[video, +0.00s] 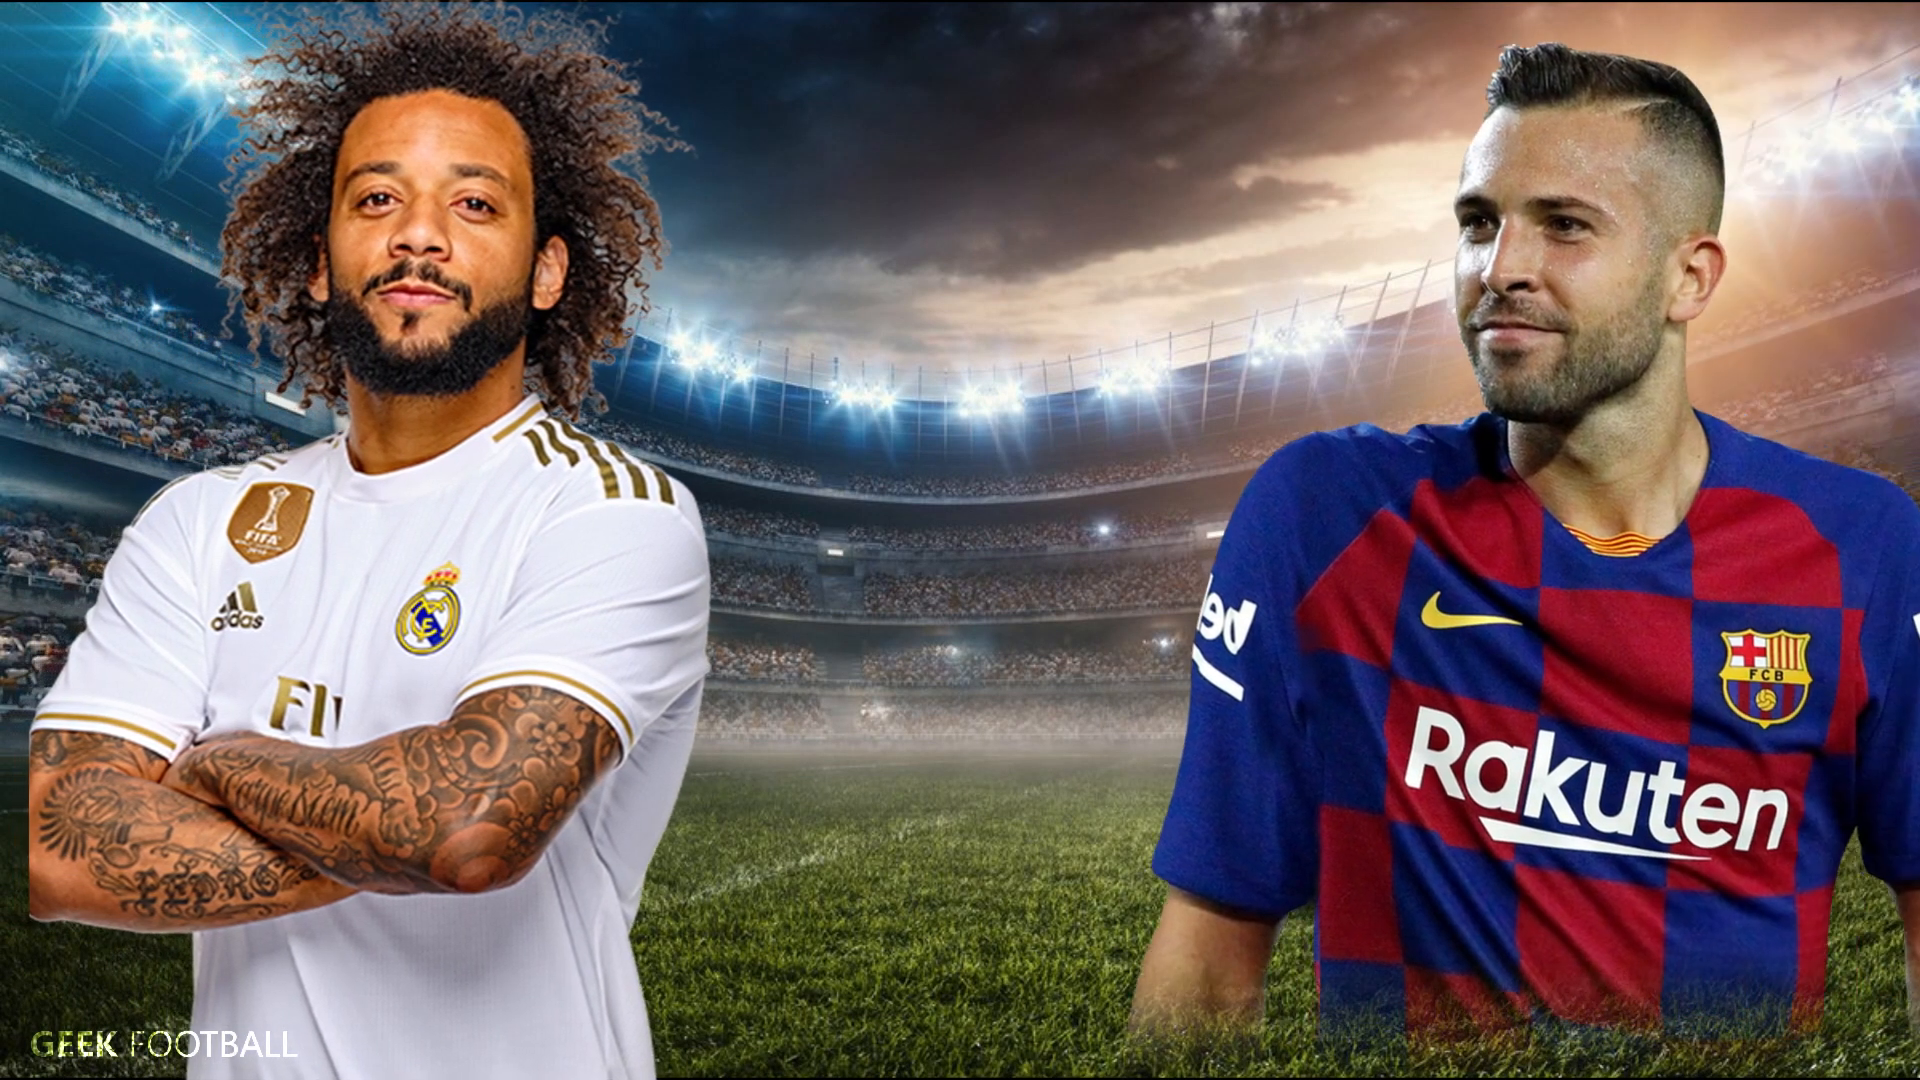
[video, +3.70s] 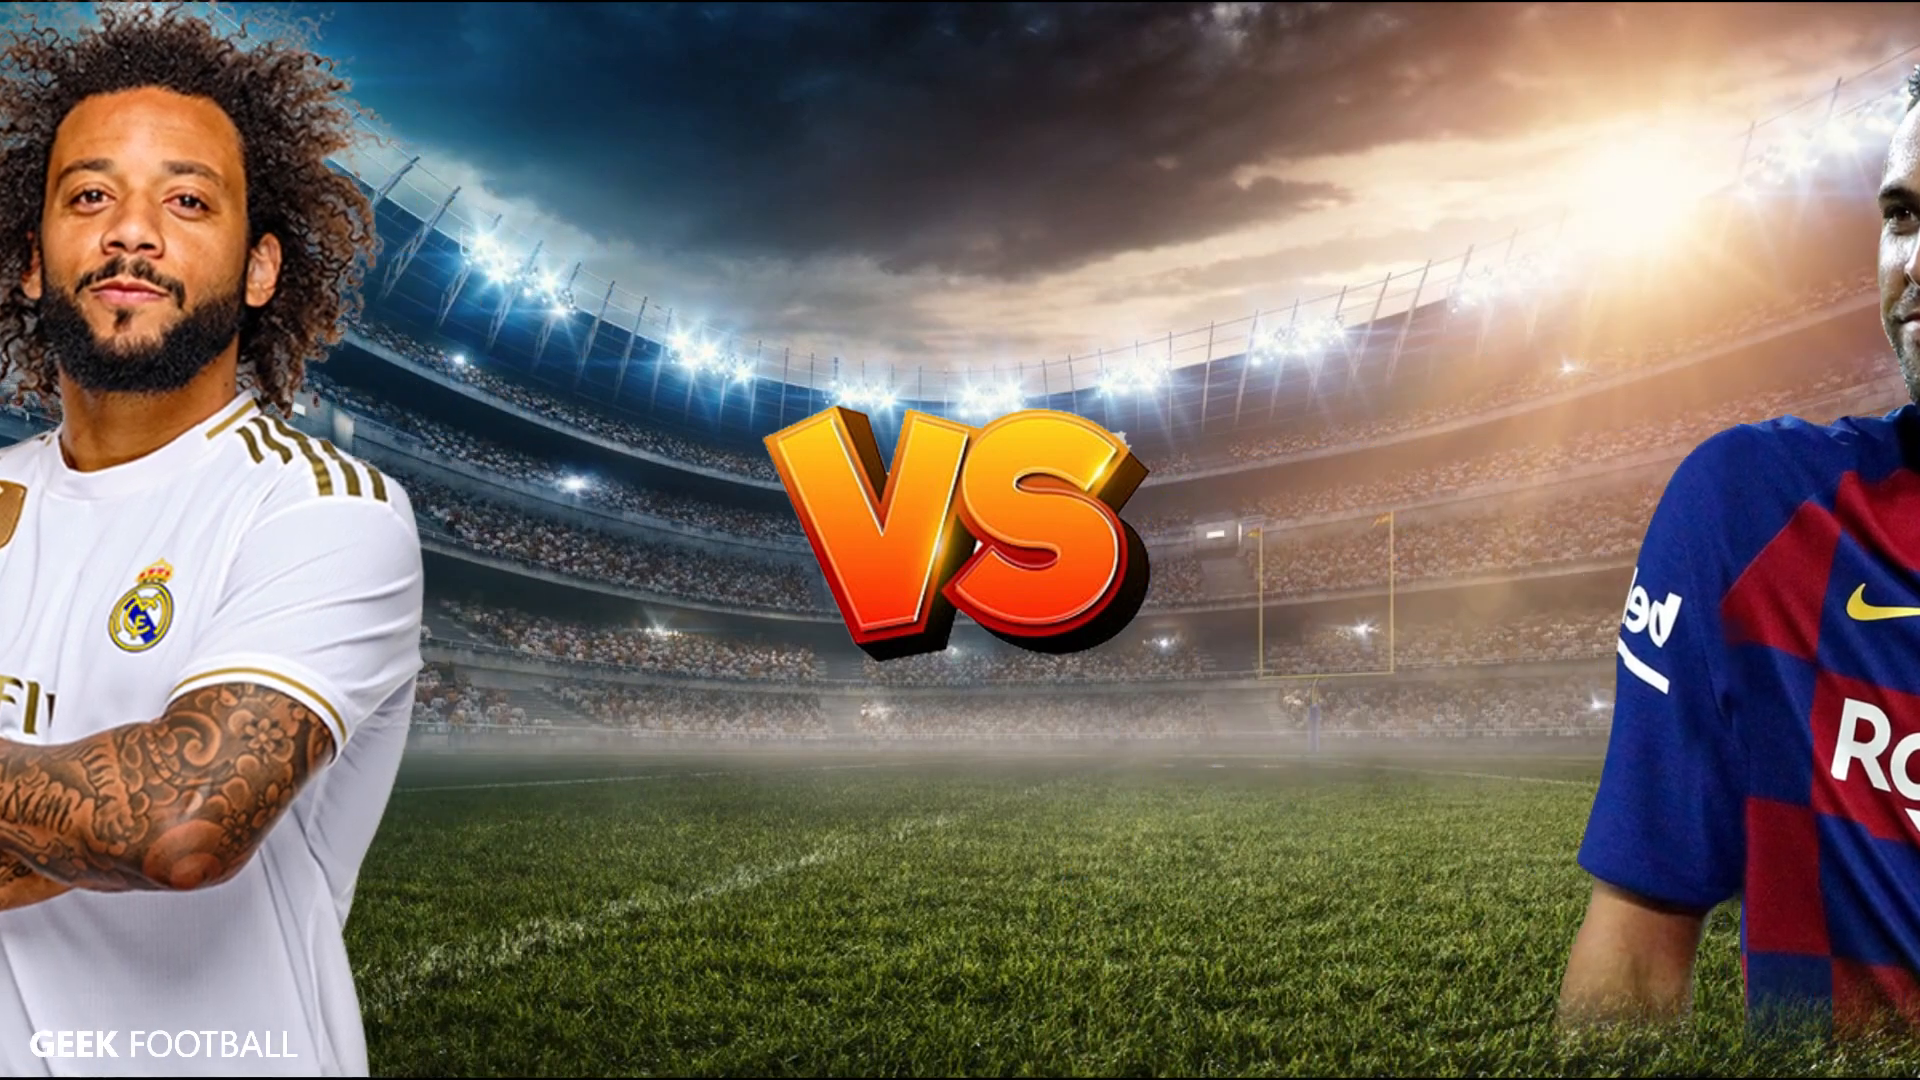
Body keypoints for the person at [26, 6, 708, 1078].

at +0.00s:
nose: (420, 238)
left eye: (476, 204)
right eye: (377, 199)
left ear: (544, 273)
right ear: (323, 259)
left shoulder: (619, 518)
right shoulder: (198, 522)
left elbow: (473, 825)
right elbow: (71, 856)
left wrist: (208, 761)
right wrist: (394, 829)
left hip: (530, 1063)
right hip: (249, 1062)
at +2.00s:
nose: (406, 238)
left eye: (461, 203)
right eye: (362, 199)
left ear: (529, 273)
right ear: (309, 260)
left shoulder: (603, 517)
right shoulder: (184, 523)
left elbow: (460, 824)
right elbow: (51, 853)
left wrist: (193, 761)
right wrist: (378, 829)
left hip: (515, 1064)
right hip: (234, 1063)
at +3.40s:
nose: (260, 234)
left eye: (317, 203)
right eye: (219, 198)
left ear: (386, 273)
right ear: (163, 262)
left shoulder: (462, 516)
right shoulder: (39, 521)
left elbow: (314, 824)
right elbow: (7, 875)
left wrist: (43, 760)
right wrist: (241, 821)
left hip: (367, 1063)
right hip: (90, 1063)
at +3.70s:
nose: (130, 232)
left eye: (186, 200)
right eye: (89, 198)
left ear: (256, 268)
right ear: (36, 258)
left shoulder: (330, 514)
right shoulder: (5, 492)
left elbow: (185, 820)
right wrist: (108, 809)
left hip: (237, 1057)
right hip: (18, 1053)